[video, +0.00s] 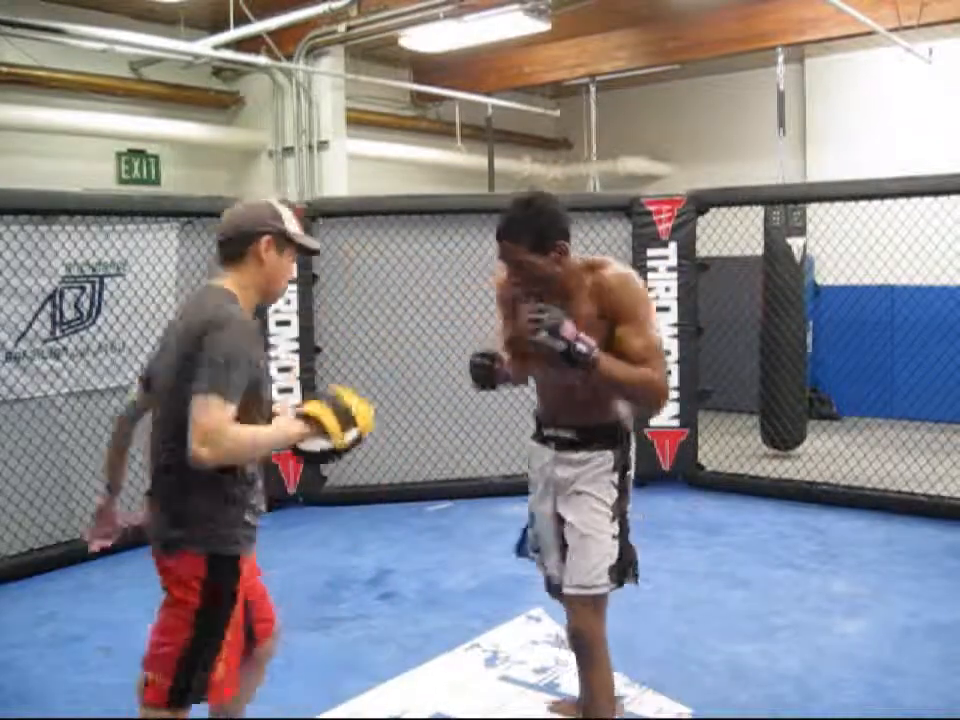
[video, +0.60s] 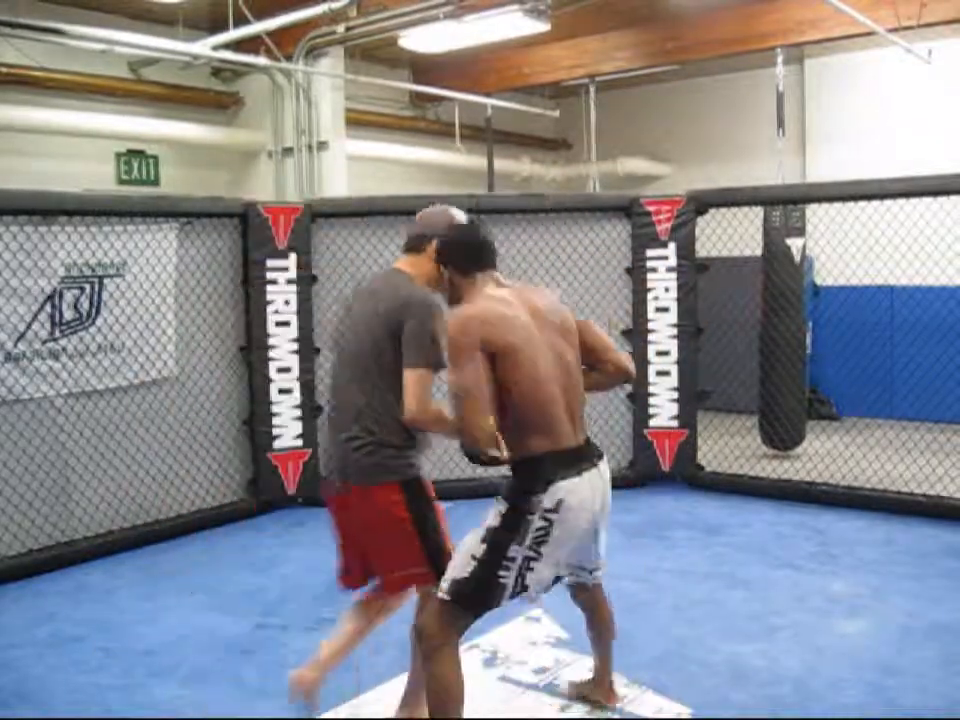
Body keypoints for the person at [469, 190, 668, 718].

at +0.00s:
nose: (510, 274)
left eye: (518, 263)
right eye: (507, 263)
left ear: (556, 253)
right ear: (508, 256)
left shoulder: (617, 285)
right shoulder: (514, 287)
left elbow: (655, 388)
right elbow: (524, 364)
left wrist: (590, 356)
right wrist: (499, 371)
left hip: (599, 454)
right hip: (547, 450)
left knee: (584, 620)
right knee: (566, 596)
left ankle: (600, 710)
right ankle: (596, 698)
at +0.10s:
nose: (497, 270)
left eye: (503, 258)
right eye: (494, 258)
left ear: (543, 248)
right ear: (535, 249)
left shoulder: (605, 290)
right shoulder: (530, 290)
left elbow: (620, 394)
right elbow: (539, 358)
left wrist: (551, 357)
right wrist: (498, 362)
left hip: (589, 459)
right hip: (546, 451)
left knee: (572, 617)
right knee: (552, 593)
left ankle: (591, 712)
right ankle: (579, 698)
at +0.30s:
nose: (474, 256)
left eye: (480, 246)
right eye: (473, 246)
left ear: (513, 241)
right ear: (514, 242)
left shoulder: (561, 289)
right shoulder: (529, 285)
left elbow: (541, 394)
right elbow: (537, 356)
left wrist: (499, 332)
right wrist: (492, 339)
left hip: (584, 449)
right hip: (557, 444)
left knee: (516, 609)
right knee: (541, 574)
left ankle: (530, 712)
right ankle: (587, 685)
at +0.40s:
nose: (466, 288)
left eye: (470, 276)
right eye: (466, 277)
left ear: (499, 276)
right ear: (510, 274)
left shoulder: (550, 327)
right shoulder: (533, 313)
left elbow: (527, 436)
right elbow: (537, 393)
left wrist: (492, 378)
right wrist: (495, 367)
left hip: (581, 482)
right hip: (559, 473)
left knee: (482, 623)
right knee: (550, 587)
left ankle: (476, 713)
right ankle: (605, 678)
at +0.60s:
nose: (434, 281)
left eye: (435, 270)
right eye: (434, 269)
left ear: (449, 270)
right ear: (490, 263)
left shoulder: (468, 321)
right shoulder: (546, 300)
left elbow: (478, 434)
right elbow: (620, 368)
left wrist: (482, 443)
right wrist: (556, 386)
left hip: (544, 495)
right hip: (591, 477)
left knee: (436, 628)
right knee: (585, 583)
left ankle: (442, 715)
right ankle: (603, 682)